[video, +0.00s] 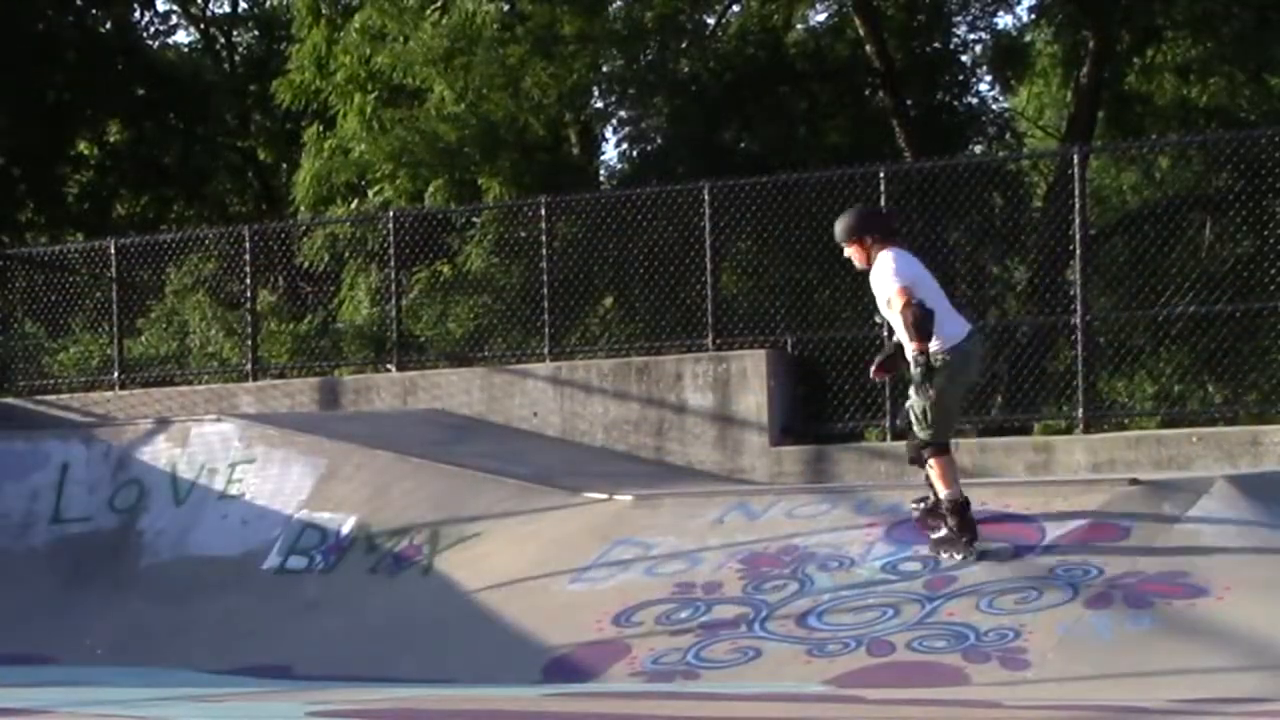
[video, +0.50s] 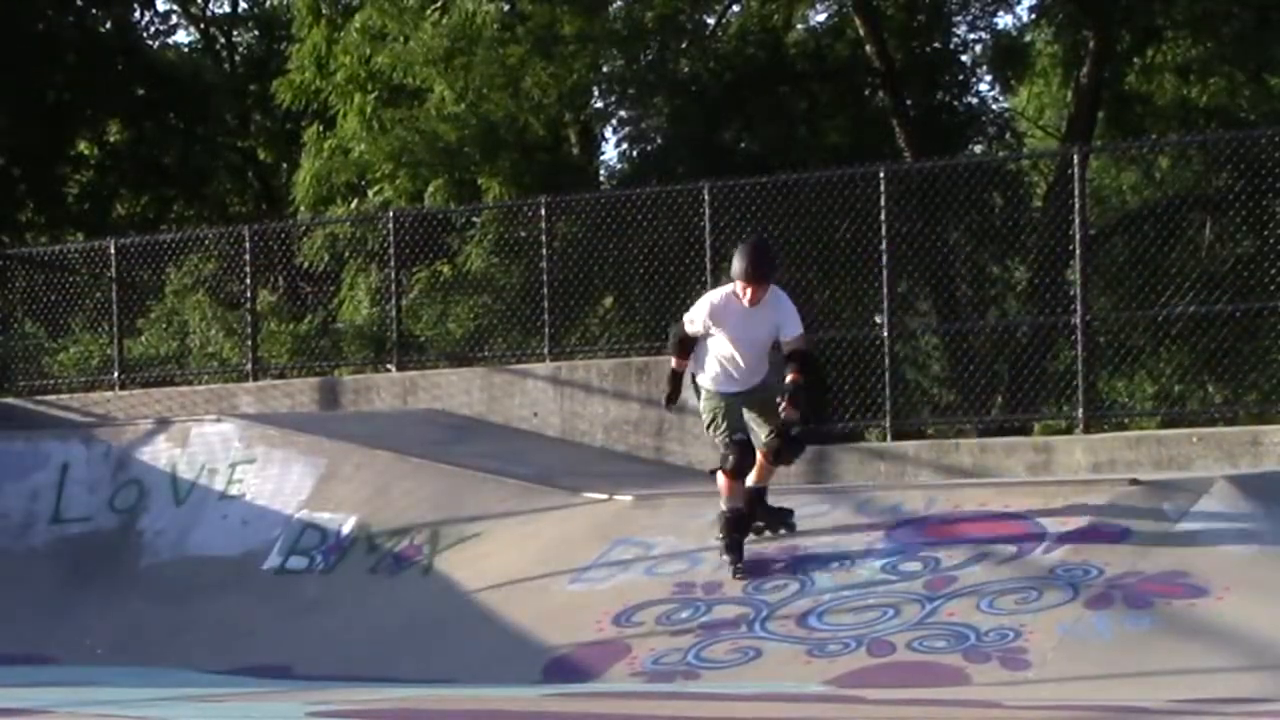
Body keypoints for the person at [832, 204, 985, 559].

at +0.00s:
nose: (846, 255)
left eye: (847, 246)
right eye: (843, 248)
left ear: (866, 240)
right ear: (870, 239)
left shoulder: (883, 267)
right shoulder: (896, 259)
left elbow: (909, 311)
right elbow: (919, 318)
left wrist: (919, 361)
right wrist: (896, 356)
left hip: (942, 355)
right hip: (955, 348)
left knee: (930, 437)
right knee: (927, 428)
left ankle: (959, 525)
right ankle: (943, 501)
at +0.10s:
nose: (802, 259)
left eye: (804, 252)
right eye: (799, 253)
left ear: (826, 244)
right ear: (825, 246)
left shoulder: (853, 270)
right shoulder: (845, 270)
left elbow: (896, 311)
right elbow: (874, 318)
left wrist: (902, 367)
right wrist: (867, 359)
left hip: (915, 352)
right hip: (895, 353)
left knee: (896, 435)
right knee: (873, 423)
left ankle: (942, 504)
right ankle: (897, 495)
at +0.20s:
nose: (772, 265)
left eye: (777, 257)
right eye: (769, 259)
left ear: (797, 251)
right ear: (773, 258)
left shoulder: (833, 277)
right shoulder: (800, 281)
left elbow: (878, 322)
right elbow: (838, 322)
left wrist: (880, 375)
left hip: (886, 355)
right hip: (851, 360)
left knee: (872, 435)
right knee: (831, 424)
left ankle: (907, 494)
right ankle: (855, 500)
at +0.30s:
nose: (750, 274)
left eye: (754, 267)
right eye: (746, 268)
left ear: (776, 261)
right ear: (744, 265)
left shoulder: (813, 284)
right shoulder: (759, 287)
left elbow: (847, 338)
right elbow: (792, 325)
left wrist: (841, 384)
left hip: (839, 366)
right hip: (800, 369)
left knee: (853, 434)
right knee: (785, 433)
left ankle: (866, 492)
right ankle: (799, 507)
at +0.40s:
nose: (745, 282)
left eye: (752, 275)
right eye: (741, 274)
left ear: (771, 270)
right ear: (735, 271)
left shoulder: (797, 291)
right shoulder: (731, 296)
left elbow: (822, 344)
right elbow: (738, 341)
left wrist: (809, 390)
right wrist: (745, 380)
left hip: (807, 375)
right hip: (760, 381)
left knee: (833, 435)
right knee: (753, 444)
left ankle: (818, 496)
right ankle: (755, 521)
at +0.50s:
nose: (750, 293)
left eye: (757, 286)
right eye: (744, 285)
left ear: (769, 280)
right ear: (734, 278)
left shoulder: (780, 305)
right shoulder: (714, 303)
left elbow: (796, 351)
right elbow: (684, 338)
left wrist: (793, 392)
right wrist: (675, 381)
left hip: (759, 386)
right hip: (716, 389)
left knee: (777, 445)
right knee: (735, 458)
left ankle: (753, 500)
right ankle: (733, 538)